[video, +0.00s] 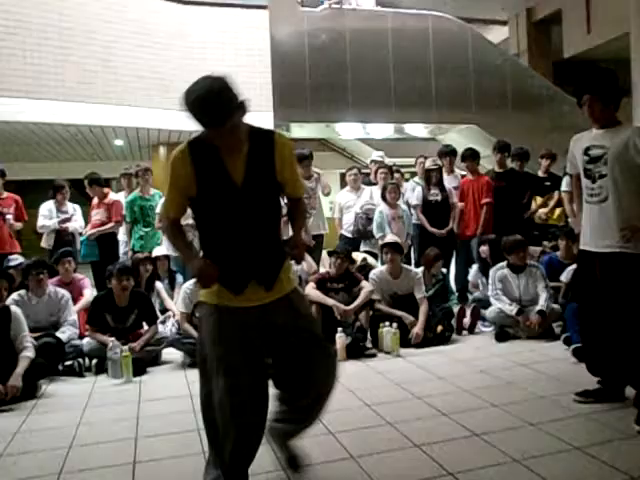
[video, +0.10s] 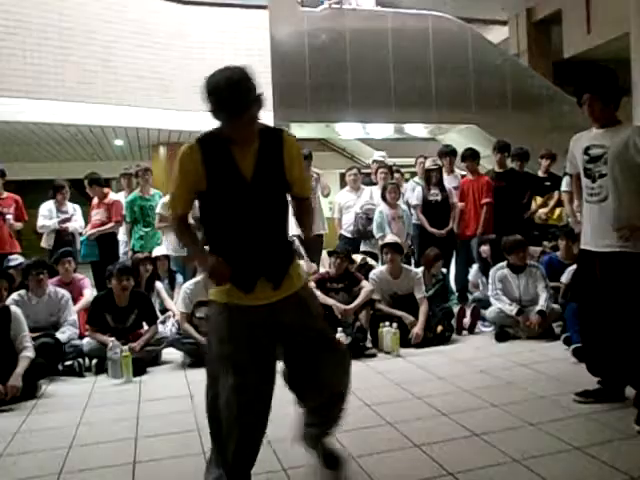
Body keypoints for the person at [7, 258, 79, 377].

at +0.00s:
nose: (41, 277)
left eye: (43, 273)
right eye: (36, 274)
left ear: (48, 277)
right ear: (27, 280)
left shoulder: (62, 296)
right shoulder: (16, 300)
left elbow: (72, 327)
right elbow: (12, 330)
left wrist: (54, 339)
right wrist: (28, 337)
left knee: (46, 345)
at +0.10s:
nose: (41, 277)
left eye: (43, 273)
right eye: (36, 274)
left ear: (48, 277)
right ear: (27, 280)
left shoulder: (62, 296)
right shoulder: (16, 300)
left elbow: (72, 327)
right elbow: (11, 330)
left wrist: (54, 339)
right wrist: (28, 337)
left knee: (44, 345)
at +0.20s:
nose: (41, 277)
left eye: (43, 274)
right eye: (36, 274)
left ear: (48, 277)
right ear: (27, 280)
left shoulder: (61, 296)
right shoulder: (17, 300)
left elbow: (72, 326)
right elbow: (10, 328)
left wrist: (56, 341)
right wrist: (25, 338)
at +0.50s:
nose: (39, 278)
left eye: (42, 274)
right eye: (34, 275)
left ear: (47, 277)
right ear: (26, 280)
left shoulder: (60, 296)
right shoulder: (15, 300)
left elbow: (70, 325)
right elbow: (9, 327)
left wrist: (61, 340)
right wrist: (21, 336)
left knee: (74, 349)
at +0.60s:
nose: (39, 278)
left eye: (41, 274)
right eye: (34, 275)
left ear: (47, 277)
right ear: (26, 280)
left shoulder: (61, 296)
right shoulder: (15, 300)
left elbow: (71, 326)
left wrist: (59, 340)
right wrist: (21, 337)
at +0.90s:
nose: (41, 280)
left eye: (44, 275)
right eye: (36, 277)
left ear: (50, 277)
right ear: (29, 282)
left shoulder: (65, 297)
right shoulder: (18, 302)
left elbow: (75, 330)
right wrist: (29, 338)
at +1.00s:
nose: (49, 279)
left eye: (51, 275)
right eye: (44, 276)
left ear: (57, 277)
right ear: (36, 281)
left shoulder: (71, 297)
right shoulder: (26, 301)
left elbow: (82, 331)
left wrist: (52, 338)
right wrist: (35, 338)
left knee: (70, 339)